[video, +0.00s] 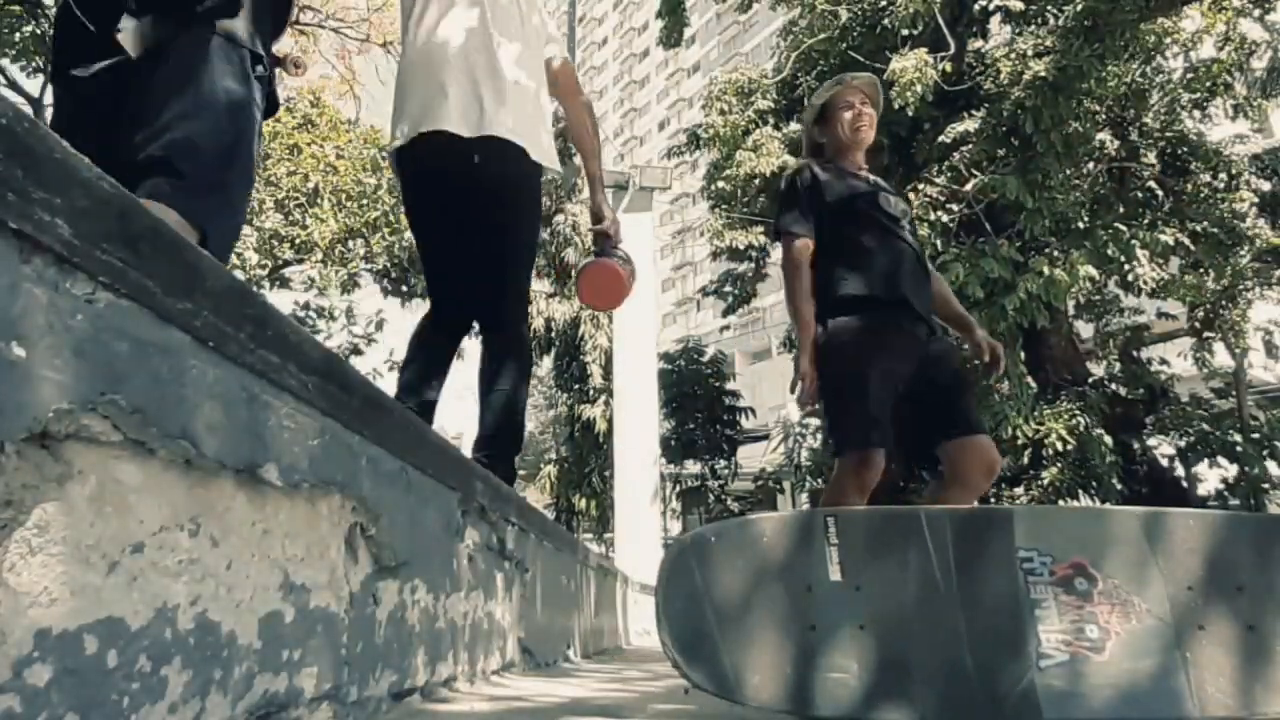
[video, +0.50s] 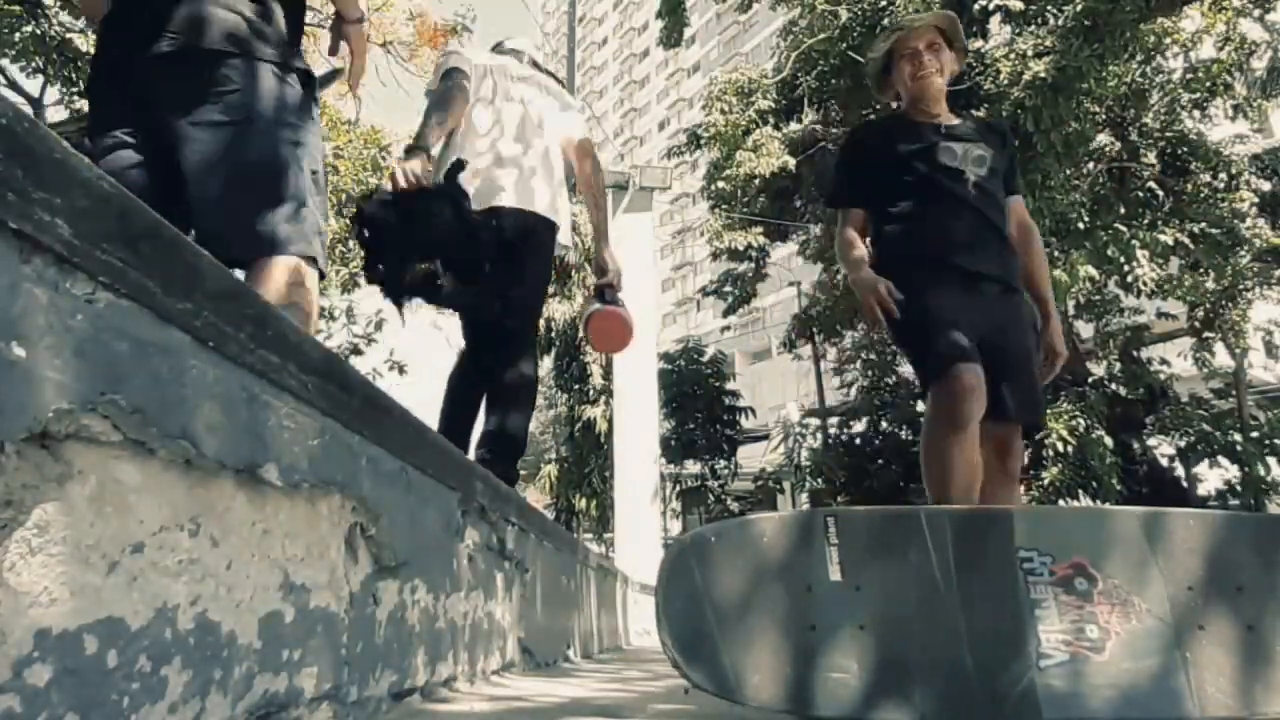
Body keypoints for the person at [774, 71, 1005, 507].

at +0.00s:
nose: (860, 113)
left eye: (867, 106)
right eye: (846, 107)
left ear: (876, 122)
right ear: (823, 126)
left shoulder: (888, 194)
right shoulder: (809, 178)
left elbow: (918, 272)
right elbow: (796, 262)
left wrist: (971, 330)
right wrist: (805, 350)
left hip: (917, 336)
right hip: (853, 337)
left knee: (976, 462)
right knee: (862, 467)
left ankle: (922, 566)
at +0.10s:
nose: (873, 101)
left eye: (880, 95)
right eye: (858, 95)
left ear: (889, 114)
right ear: (833, 117)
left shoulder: (897, 179)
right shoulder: (822, 165)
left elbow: (936, 263)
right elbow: (802, 248)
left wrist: (997, 320)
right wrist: (814, 327)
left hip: (933, 330)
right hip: (870, 332)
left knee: (992, 446)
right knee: (872, 464)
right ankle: (820, 566)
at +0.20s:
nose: (890, 95)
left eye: (898, 89)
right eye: (875, 90)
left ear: (907, 110)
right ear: (849, 114)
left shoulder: (919, 175)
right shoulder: (835, 159)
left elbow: (956, 260)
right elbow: (815, 240)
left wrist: (1012, 319)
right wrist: (826, 305)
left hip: (959, 324)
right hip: (889, 326)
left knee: (1009, 445)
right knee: (893, 460)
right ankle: (823, 567)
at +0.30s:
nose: (909, 83)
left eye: (916, 76)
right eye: (893, 80)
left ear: (928, 97)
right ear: (869, 106)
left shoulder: (952, 174)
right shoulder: (849, 157)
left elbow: (986, 260)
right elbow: (832, 235)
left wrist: (1021, 328)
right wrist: (845, 283)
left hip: (986, 315)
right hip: (915, 318)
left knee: (1019, 445)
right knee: (927, 454)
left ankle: (994, 569)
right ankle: (861, 563)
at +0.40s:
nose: (917, 72)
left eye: (925, 63)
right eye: (902, 69)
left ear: (941, 78)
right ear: (882, 92)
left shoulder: (972, 155)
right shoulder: (865, 147)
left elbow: (1007, 244)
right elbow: (842, 234)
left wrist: (1033, 325)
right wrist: (860, 272)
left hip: (994, 300)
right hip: (922, 298)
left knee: (1013, 442)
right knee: (956, 414)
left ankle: (1001, 570)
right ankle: (906, 554)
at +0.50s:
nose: (922, 59)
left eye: (932, 48)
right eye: (908, 56)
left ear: (954, 63)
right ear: (892, 82)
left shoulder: (991, 136)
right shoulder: (872, 140)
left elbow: (1020, 227)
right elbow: (850, 229)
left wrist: (1050, 314)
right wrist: (859, 272)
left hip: (1000, 288)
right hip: (923, 284)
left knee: (1006, 439)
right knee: (962, 387)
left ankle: (996, 572)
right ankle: (954, 558)